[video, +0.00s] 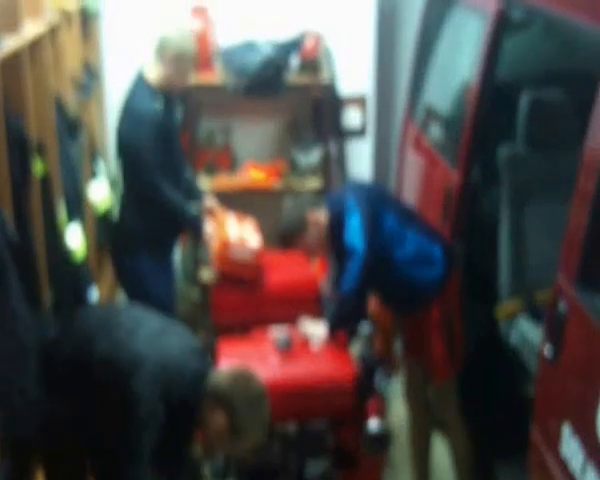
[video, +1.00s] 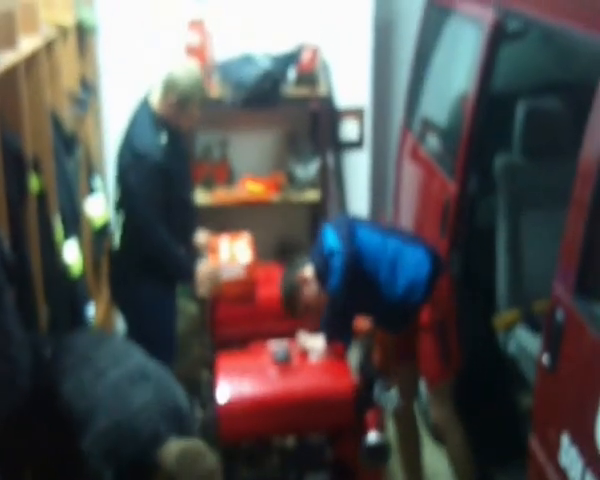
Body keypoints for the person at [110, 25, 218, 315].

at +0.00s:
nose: (188, 76)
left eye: (189, 67)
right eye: (184, 67)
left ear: (176, 63)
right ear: (167, 61)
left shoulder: (163, 100)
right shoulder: (145, 109)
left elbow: (176, 164)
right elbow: (150, 181)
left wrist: (199, 197)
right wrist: (192, 216)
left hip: (157, 234)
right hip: (140, 238)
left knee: (162, 322)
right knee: (156, 324)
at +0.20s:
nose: (196, 99)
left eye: (198, 90)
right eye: (193, 90)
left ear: (175, 76)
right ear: (176, 79)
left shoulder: (167, 112)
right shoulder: (153, 124)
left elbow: (178, 180)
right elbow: (155, 195)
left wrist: (192, 215)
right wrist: (189, 229)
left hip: (158, 243)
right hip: (145, 249)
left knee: (160, 333)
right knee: (155, 335)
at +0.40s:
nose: (200, 103)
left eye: (201, 95)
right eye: (197, 95)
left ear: (176, 85)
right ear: (178, 88)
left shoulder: (165, 118)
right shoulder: (155, 134)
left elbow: (172, 191)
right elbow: (146, 211)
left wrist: (193, 226)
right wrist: (181, 255)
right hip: (148, 260)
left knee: (161, 344)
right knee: (159, 347)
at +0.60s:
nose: (200, 113)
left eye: (202, 104)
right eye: (197, 104)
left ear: (174, 95)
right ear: (177, 98)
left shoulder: (167, 127)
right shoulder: (152, 145)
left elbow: (169, 198)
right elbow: (146, 222)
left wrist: (191, 230)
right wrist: (187, 266)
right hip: (149, 269)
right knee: (162, 357)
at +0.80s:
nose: (199, 118)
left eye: (201, 109)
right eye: (195, 110)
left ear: (174, 101)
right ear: (175, 104)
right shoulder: (153, 151)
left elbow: (169, 201)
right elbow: (151, 228)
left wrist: (192, 231)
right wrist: (191, 270)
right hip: (147, 273)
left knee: (164, 352)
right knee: (160, 357)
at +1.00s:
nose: (197, 117)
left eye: (198, 108)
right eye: (192, 109)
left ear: (172, 101)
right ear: (171, 103)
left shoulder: (166, 129)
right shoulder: (149, 149)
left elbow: (170, 199)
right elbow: (149, 226)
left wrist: (191, 231)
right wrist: (189, 269)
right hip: (144, 272)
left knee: (158, 357)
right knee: (155, 361)